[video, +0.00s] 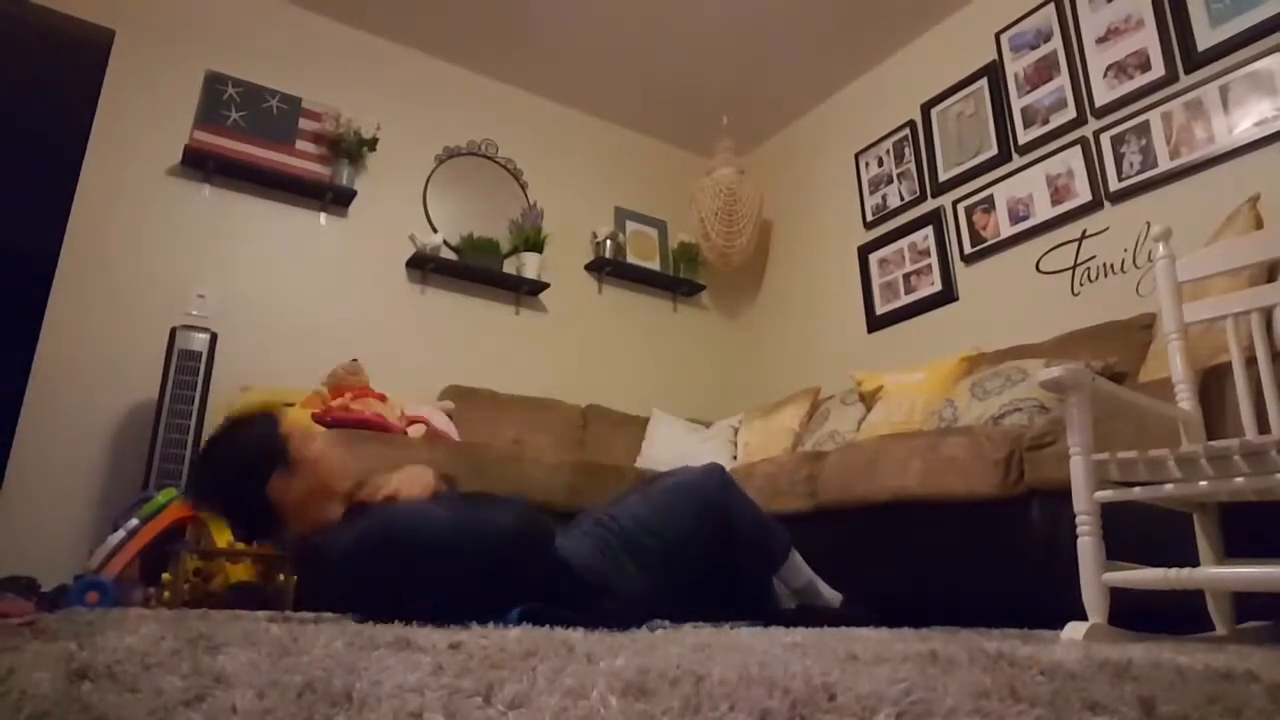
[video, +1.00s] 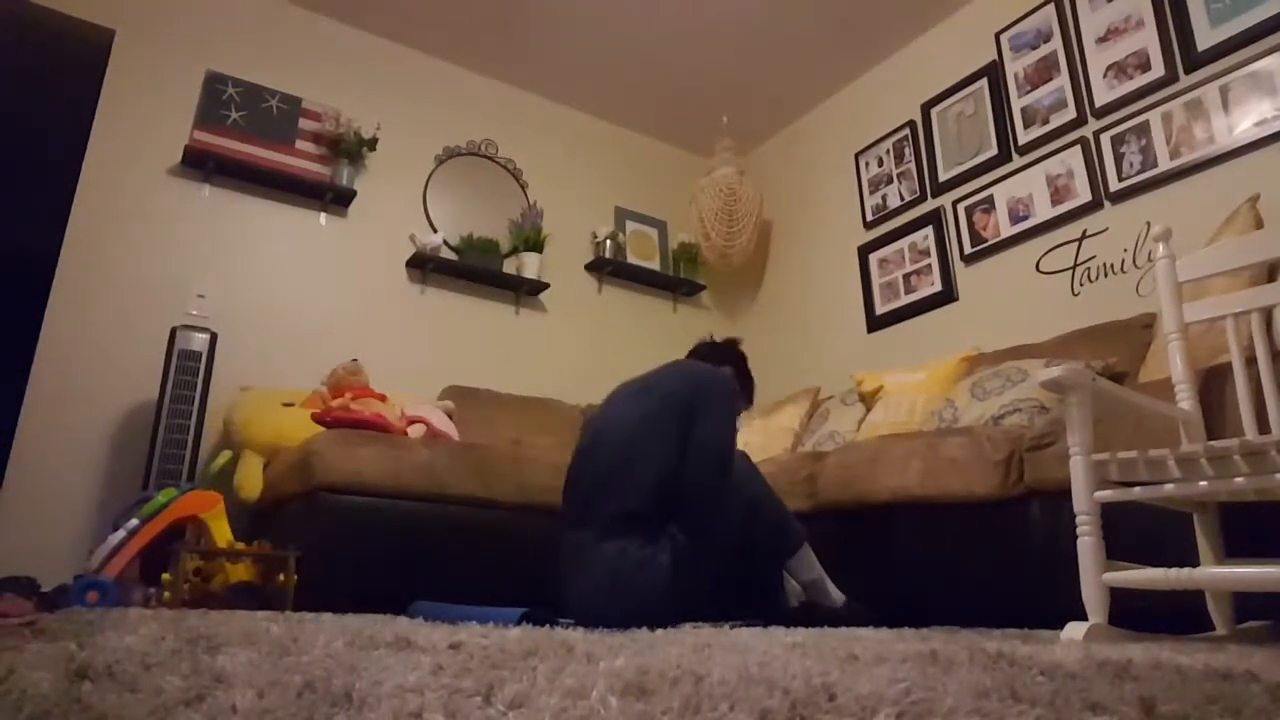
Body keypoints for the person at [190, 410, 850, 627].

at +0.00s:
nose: (326, 439)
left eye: (311, 431)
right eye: (306, 441)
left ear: (287, 493)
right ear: (285, 490)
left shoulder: (327, 560)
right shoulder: (367, 546)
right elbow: (529, 531)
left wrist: (430, 492)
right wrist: (436, 490)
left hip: (554, 572)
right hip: (577, 582)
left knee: (680, 493)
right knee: (707, 487)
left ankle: (779, 601)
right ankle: (810, 597)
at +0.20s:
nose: (324, 457)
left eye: (307, 451)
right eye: (305, 460)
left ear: (291, 514)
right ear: (289, 510)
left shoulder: (329, 568)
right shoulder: (373, 556)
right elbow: (533, 526)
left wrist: (430, 499)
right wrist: (442, 496)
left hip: (556, 572)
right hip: (581, 578)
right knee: (712, 480)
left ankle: (795, 612)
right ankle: (808, 597)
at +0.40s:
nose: (401, 401)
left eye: (388, 388)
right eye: (384, 393)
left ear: (332, 433)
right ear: (349, 422)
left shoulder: (331, 520)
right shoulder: (426, 490)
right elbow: (570, 510)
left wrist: (440, 457)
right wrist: (480, 458)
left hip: (532, 602)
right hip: (596, 591)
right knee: (718, 475)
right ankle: (816, 598)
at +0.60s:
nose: (526, 325)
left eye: (523, 312)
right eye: (515, 312)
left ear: (465, 325)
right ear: (486, 318)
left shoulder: (451, 404)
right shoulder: (526, 392)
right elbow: (623, 483)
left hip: (527, 590)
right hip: (593, 592)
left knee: (714, 472)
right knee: (720, 472)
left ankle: (806, 596)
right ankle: (817, 597)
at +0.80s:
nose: (676, 364)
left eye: (679, 355)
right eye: (678, 353)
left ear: (622, 329)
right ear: (664, 334)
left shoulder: (573, 379)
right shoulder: (652, 368)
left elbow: (550, 487)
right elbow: (681, 489)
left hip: (570, 588)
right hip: (636, 591)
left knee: (727, 467)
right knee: (729, 471)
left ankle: (815, 592)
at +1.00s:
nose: (736, 415)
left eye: (740, 410)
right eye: (739, 405)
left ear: (691, 360)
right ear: (731, 379)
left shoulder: (627, 393)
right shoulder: (714, 383)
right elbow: (706, 503)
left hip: (584, 584)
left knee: (731, 462)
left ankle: (823, 592)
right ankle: (794, 598)